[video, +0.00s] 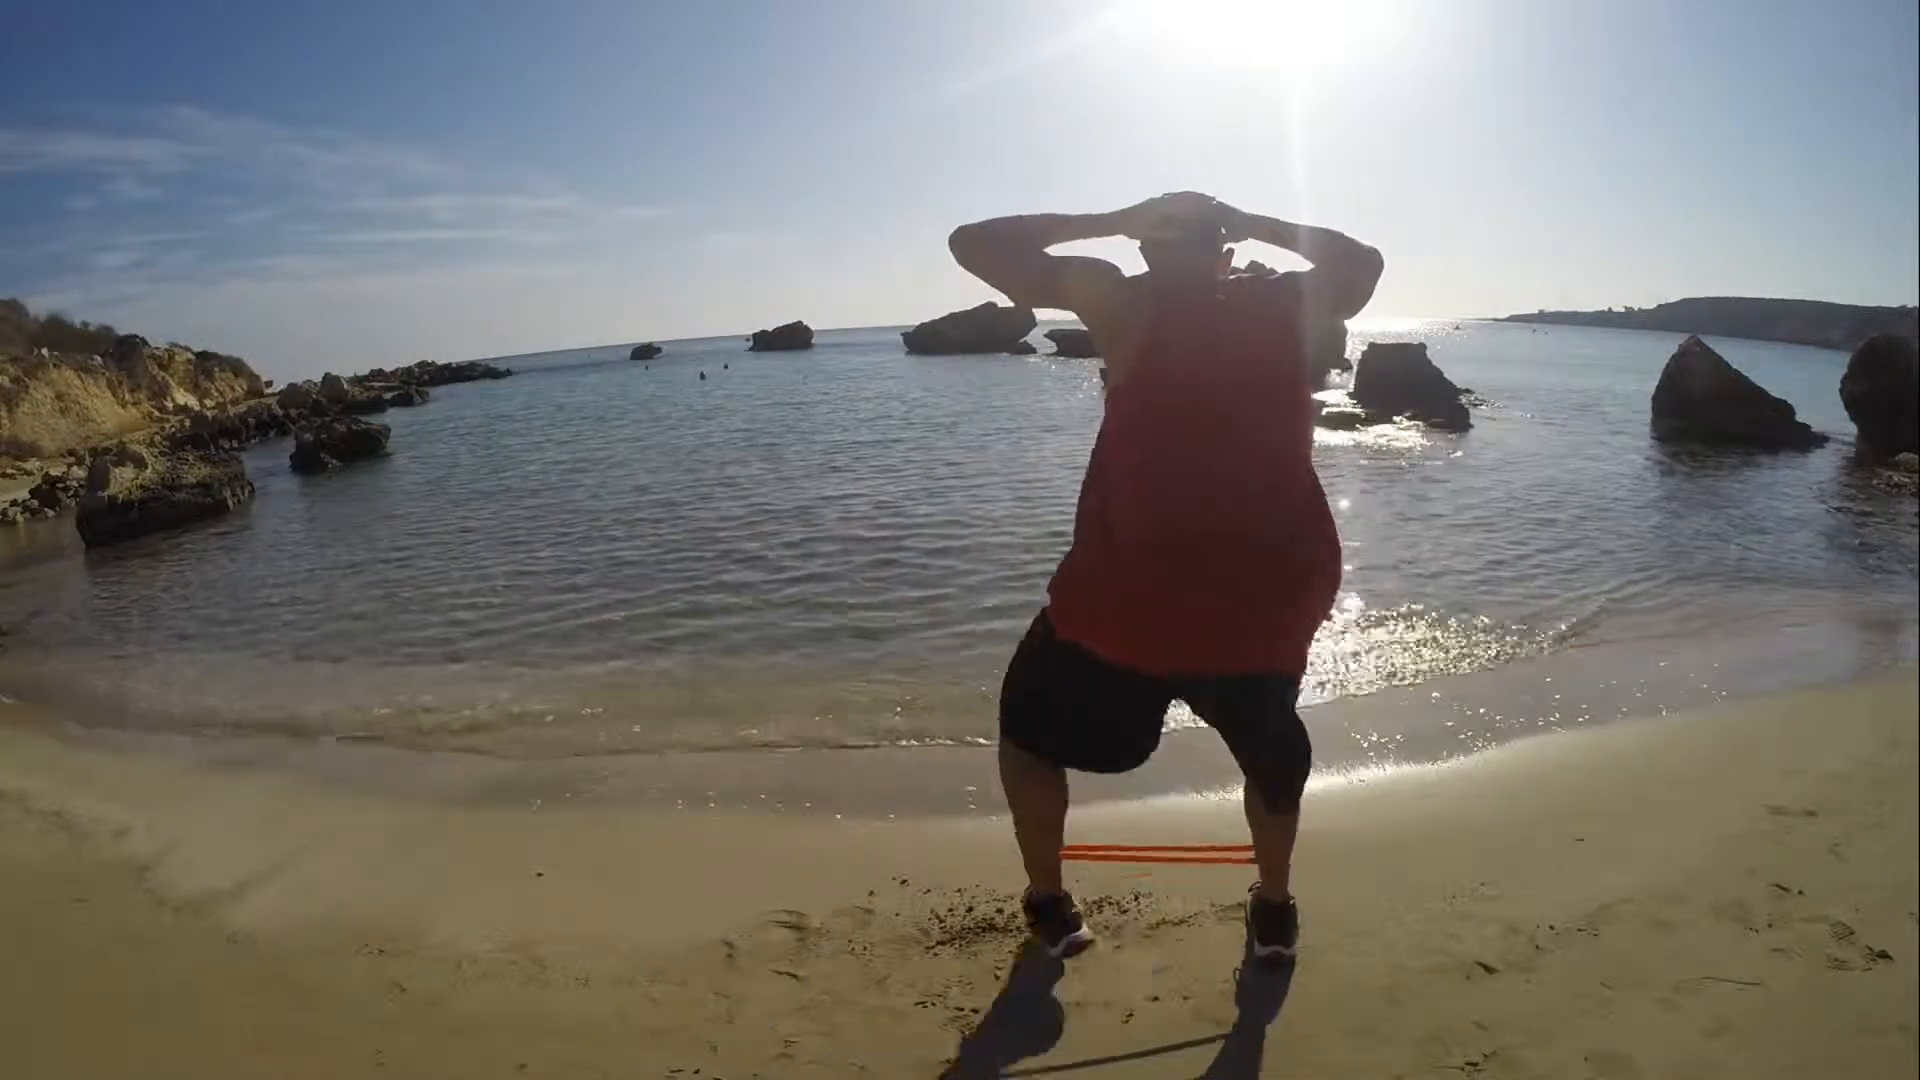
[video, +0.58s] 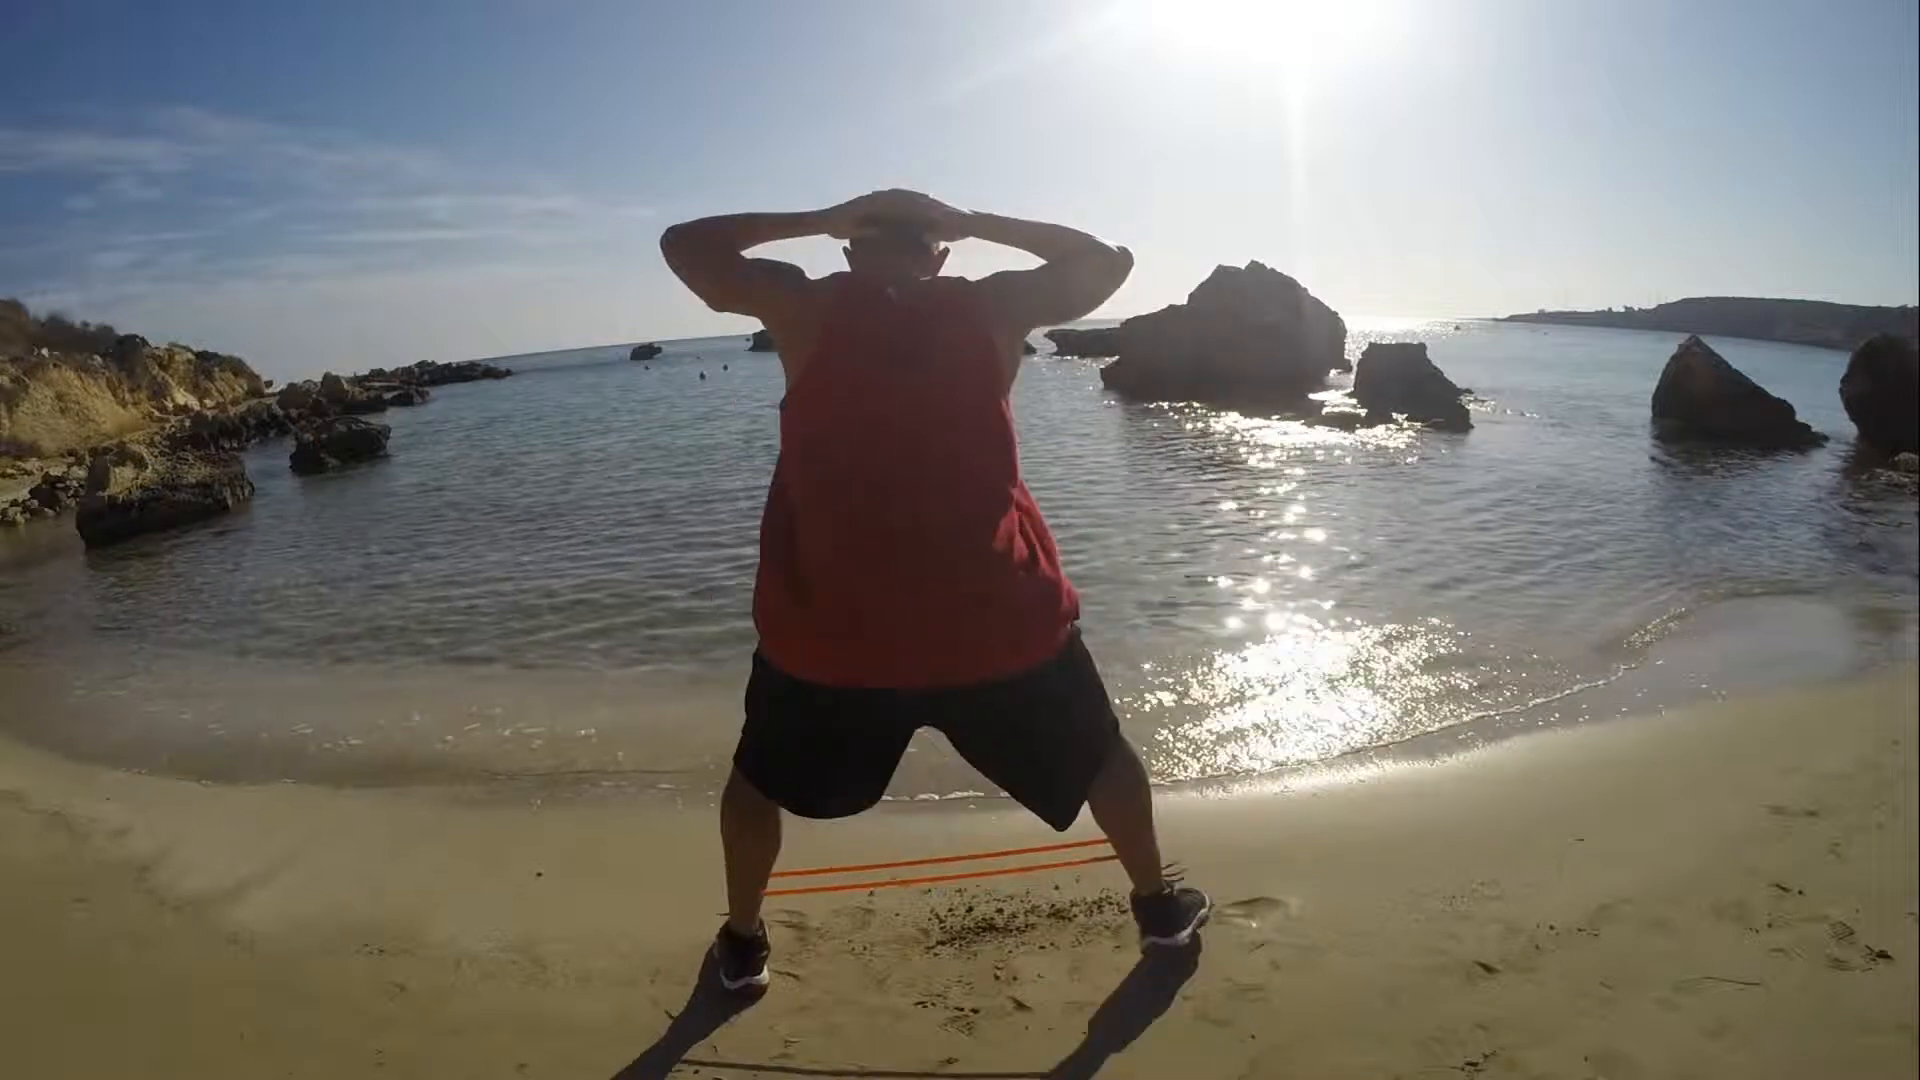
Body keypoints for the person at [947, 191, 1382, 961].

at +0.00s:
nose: (1159, 237)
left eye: (1161, 229)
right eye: (1168, 227)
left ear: (1152, 246)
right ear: (1227, 246)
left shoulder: (1120, 302)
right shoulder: (1293, 304)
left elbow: (974, 242)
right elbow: (1363, 261)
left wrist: (1113, 220)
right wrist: (1253, 223)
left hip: (1125, 583)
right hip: (1264, 592)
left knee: (1030, 725)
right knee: (1275, 751)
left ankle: (1046, 905)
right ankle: (1274, 907)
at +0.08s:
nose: (1148, 249)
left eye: (1151, 235)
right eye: (1156, 236)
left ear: (1139, 248)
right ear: (1218, 249)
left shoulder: (1110, 303)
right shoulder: (1281, 308)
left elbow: (968, 236)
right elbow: (1348, 265)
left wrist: (1109, 218)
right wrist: (1248, 227)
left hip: (1095, 574)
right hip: (1235, 589)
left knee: (971, 730)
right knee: (1253, 759)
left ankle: (941, 897)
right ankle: (1270, 904)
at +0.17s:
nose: (1133, 251)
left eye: (1134, 238)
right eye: (1143, 239)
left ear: (1119, 252)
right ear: (1193, 253)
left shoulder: (1090, 309)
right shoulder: (1249, 312)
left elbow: (946, 239)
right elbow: (1332, 271)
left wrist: (1086, 223)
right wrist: (1226, 233)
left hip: (1070, 571)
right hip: (1216, 586)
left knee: (914, 727)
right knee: (1246, 751)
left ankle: (836, 891)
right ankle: (1269, 909)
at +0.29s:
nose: (1100, 271)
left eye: (1094, 258)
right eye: (1105, 257)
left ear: (1065, 271)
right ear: (1143, 274)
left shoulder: (1024, 327)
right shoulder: (1196, 332)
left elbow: (885, 263)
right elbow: (1288, 291)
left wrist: (1026, 244)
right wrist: (1182, 252)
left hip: (1010, 607)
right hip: (1160, 622)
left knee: (850, 764)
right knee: (1228, 763)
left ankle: (761, 912)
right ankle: (1267, 906)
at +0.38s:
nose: (1046, 271)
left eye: (1038, 259)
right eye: (1054, 261)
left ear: (1005, 277)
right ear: (1090, 283)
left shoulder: (960, 337)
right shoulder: (1143, 339)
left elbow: (831, 273)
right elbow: (1233, 296)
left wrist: (974, 250)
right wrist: (1119, 252)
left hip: (965, 634)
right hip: (1119, 639)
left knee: (824, 776)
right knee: (1210, 771)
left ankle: (750, 935)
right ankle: (1264, 910)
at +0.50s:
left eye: (927, 246)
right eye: (967, 249)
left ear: (904, 259)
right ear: (992, 264)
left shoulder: (853, 321)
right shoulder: (1043, 323)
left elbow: (733, 259)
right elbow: (1151, 279)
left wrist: (875, 234)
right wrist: (1027, 236)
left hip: (877, 620)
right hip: (1031, 616)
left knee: (776, 773)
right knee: (1155, 757)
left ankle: (742, 940)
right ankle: (1235, 899)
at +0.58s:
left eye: (872, 229)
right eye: (924, 231)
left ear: (852, 244)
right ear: (938, 249)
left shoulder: (800, 305)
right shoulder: (992, 305)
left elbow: (685, 244)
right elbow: (1104, 260)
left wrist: (820, 219)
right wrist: (976, 222)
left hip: (831, 612)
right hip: (988, 601)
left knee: (758, 776)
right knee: (1098, 750)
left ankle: (741, 944)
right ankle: (1157, 903)